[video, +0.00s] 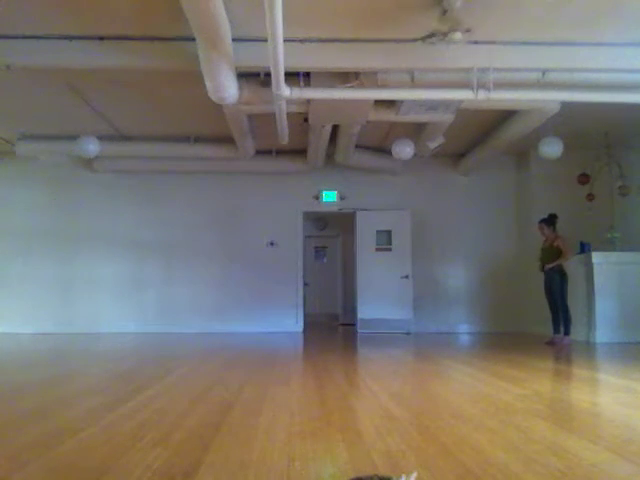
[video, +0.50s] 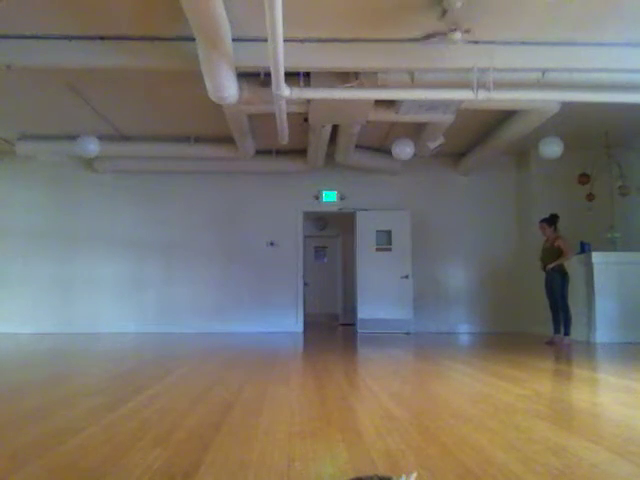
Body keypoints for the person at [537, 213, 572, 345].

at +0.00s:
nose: (541, 232)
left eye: (543, 228)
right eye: (540, 229)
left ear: (550, 228)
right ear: (542, 229)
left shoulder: (558, 240)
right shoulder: (545, 241)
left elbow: (566, 255)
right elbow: (545, 255)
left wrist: (552, 264)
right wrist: (542, 264)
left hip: (558, 273)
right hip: (548, 273)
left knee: (561, 304)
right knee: (552, 305)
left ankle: (566, 335)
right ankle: (556, 334)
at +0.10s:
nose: (541, 232)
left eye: (543, 228)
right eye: (540, 229)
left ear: (551, 228)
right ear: (542, 229)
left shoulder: (558, 240)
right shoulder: (546, 241)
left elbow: (566, 255)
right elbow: (545, 255)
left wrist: (552, 264)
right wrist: (542, 264)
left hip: (558, 273)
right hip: (548, 273)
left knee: (561, 304)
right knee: (552, 305)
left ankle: (566, 335)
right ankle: (556, 334)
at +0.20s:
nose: (542, 231)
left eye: (543, 228)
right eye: (540, 228)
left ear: (551, 227)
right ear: (543, 229)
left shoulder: (559, 240)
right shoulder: (546, 241)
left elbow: (567, 255)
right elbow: (546, 255)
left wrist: (552, 264)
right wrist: (543, 264)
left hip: (558, 273)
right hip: (549, 273)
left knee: (561, 304)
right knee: (553, 305)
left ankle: (566, 335)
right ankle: (556, 334)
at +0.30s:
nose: (542, 231)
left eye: (543, 228)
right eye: (541, 228)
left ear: (551, 227)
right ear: (543, 229)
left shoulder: (558, 240)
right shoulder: (546, 241)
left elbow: (567, 254)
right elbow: (546, 255)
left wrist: (553, 264)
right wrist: (543, 264)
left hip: (558, 273)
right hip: (549, 273)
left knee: (561, 304)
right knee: (553, 305)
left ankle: (566, 335)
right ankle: (556, 334)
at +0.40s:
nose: (542, 231)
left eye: (544, 228)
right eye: (541, 228)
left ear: (551, 227)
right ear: (544, 229)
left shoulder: (559, 240)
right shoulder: (546, 241)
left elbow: (568, 254)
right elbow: (546, 255)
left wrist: (553, 264)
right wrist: (543, 264)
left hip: (559, 273)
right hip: (549, 273)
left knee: (561, 304)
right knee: (553, 305)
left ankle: (566, 335)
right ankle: (556, 334)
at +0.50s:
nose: (542, 231)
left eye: (544, 228)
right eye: (541, 228)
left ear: (551, 228)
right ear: (544, 229)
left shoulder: (559, 240)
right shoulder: (547, 241)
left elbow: (568, 254)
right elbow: (546, 255)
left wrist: (553, 264)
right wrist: (543, 264)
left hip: (559, 273)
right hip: (549, 273)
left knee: (561, 304)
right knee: (553, 305)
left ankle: (566, 335)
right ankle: (556, 334)